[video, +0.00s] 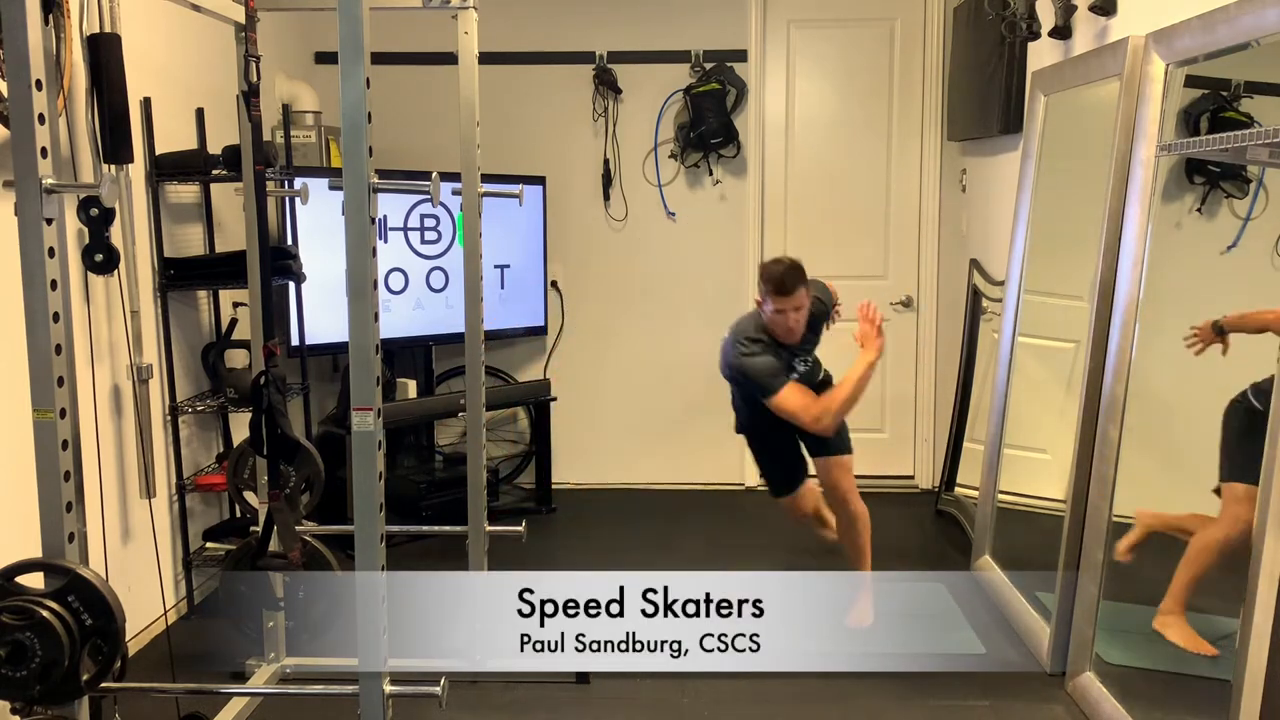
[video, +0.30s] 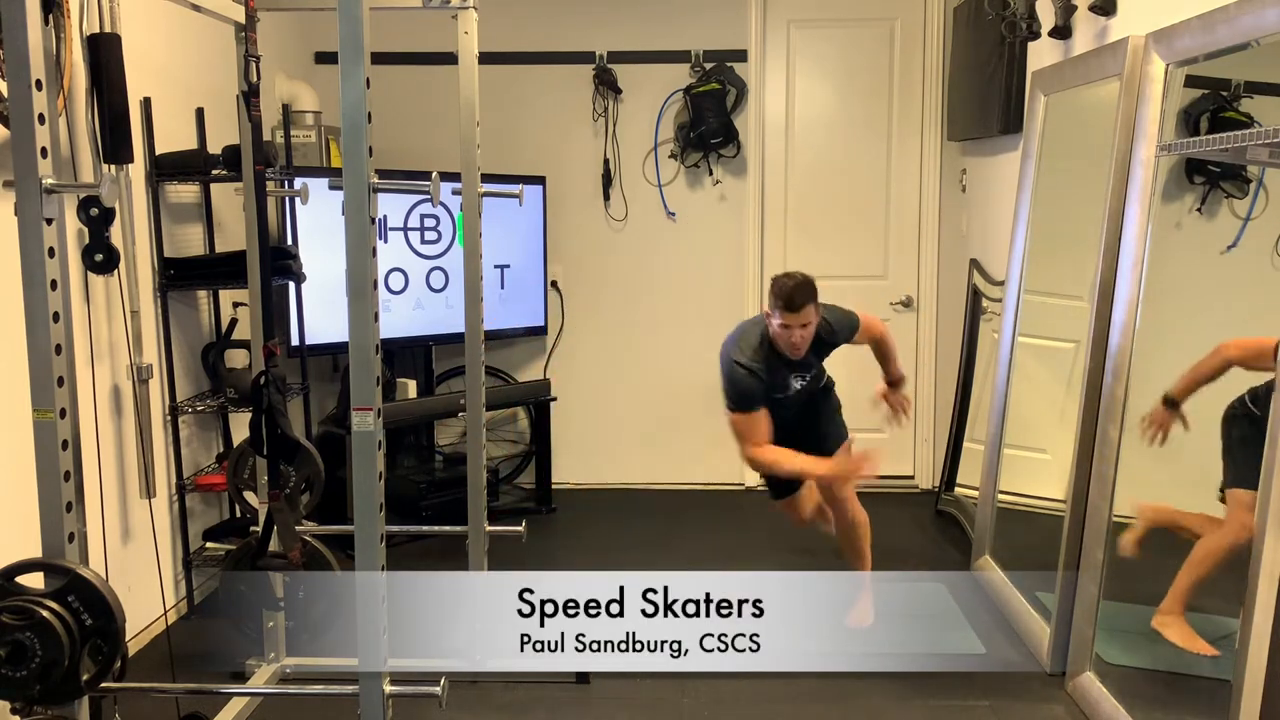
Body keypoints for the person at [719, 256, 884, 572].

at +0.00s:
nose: (793, 321)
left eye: (799, 309)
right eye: (780, 312)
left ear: (808, 298)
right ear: (761, 303)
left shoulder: (817, 301)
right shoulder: (745, 350)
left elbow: (826, 290)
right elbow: (820, 420)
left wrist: (831, 306)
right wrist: (869, 354)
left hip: (812, 390)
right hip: (761, 414)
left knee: (843, 493)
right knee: (801, 506)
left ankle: (863, 587)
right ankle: (819, 510)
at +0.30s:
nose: (796, 337)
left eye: (805, 326)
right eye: (786, 327)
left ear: (816, 316)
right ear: (768, 317)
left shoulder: (828, 325)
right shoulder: (743, 359)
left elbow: (877, 333)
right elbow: (755, 451)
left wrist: (895, 381)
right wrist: (829, 469)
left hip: (815, 405)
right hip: (770, 424)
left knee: (840, 497)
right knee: (802, 513)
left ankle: (863, 588)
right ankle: (823, 505)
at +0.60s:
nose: (701, 308)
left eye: (709, 299)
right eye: (692, 300)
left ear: (721, 287)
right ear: (675, 286)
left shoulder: (736, 306)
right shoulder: (643, 295)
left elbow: (767, 388)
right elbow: (595, 310)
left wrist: (699, 423)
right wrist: (568, 337)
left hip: (716, 381)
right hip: (652, 381)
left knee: (762, 471)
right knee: (612, 477)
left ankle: (813, 556)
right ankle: (559, 574)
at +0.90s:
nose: (614, 342)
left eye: (624, 333)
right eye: (606, 332)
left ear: (640, 320)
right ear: (593, 316)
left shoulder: (654, 356)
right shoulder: (585, 299)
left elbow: (585, 416)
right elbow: (538, 271)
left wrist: (539, 367)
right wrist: (485, 254)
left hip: (626, 423)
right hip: (584, 388)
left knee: (555, 475)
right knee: (567, 486)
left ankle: (493, 507)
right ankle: (546, 585)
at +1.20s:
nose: (644, 324)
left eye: (652, 314)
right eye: (635, 315)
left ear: (664, 302)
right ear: (618, 302)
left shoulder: (682, 329)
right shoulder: (589, 308)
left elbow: (711, 412)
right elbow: (505, 312)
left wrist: (649, 440)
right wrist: (441, 342)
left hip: (646, 407)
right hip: (589, 399)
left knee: (652, 506)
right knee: (567, 495)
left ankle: (636, 518)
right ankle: (546, 587)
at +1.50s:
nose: (737, 291)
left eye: (745, 280)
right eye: (727, 281)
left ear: (755, 268)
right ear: (708, 268)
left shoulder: (772, 274)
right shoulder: (685, 309)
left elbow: (816, 283)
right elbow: (684, 402)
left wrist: (836, 319)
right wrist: (758, 436)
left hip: (763, 387)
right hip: (706, 394)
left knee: (801, 488)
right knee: (674, 489)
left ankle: (848, 590)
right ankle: (692, 519)